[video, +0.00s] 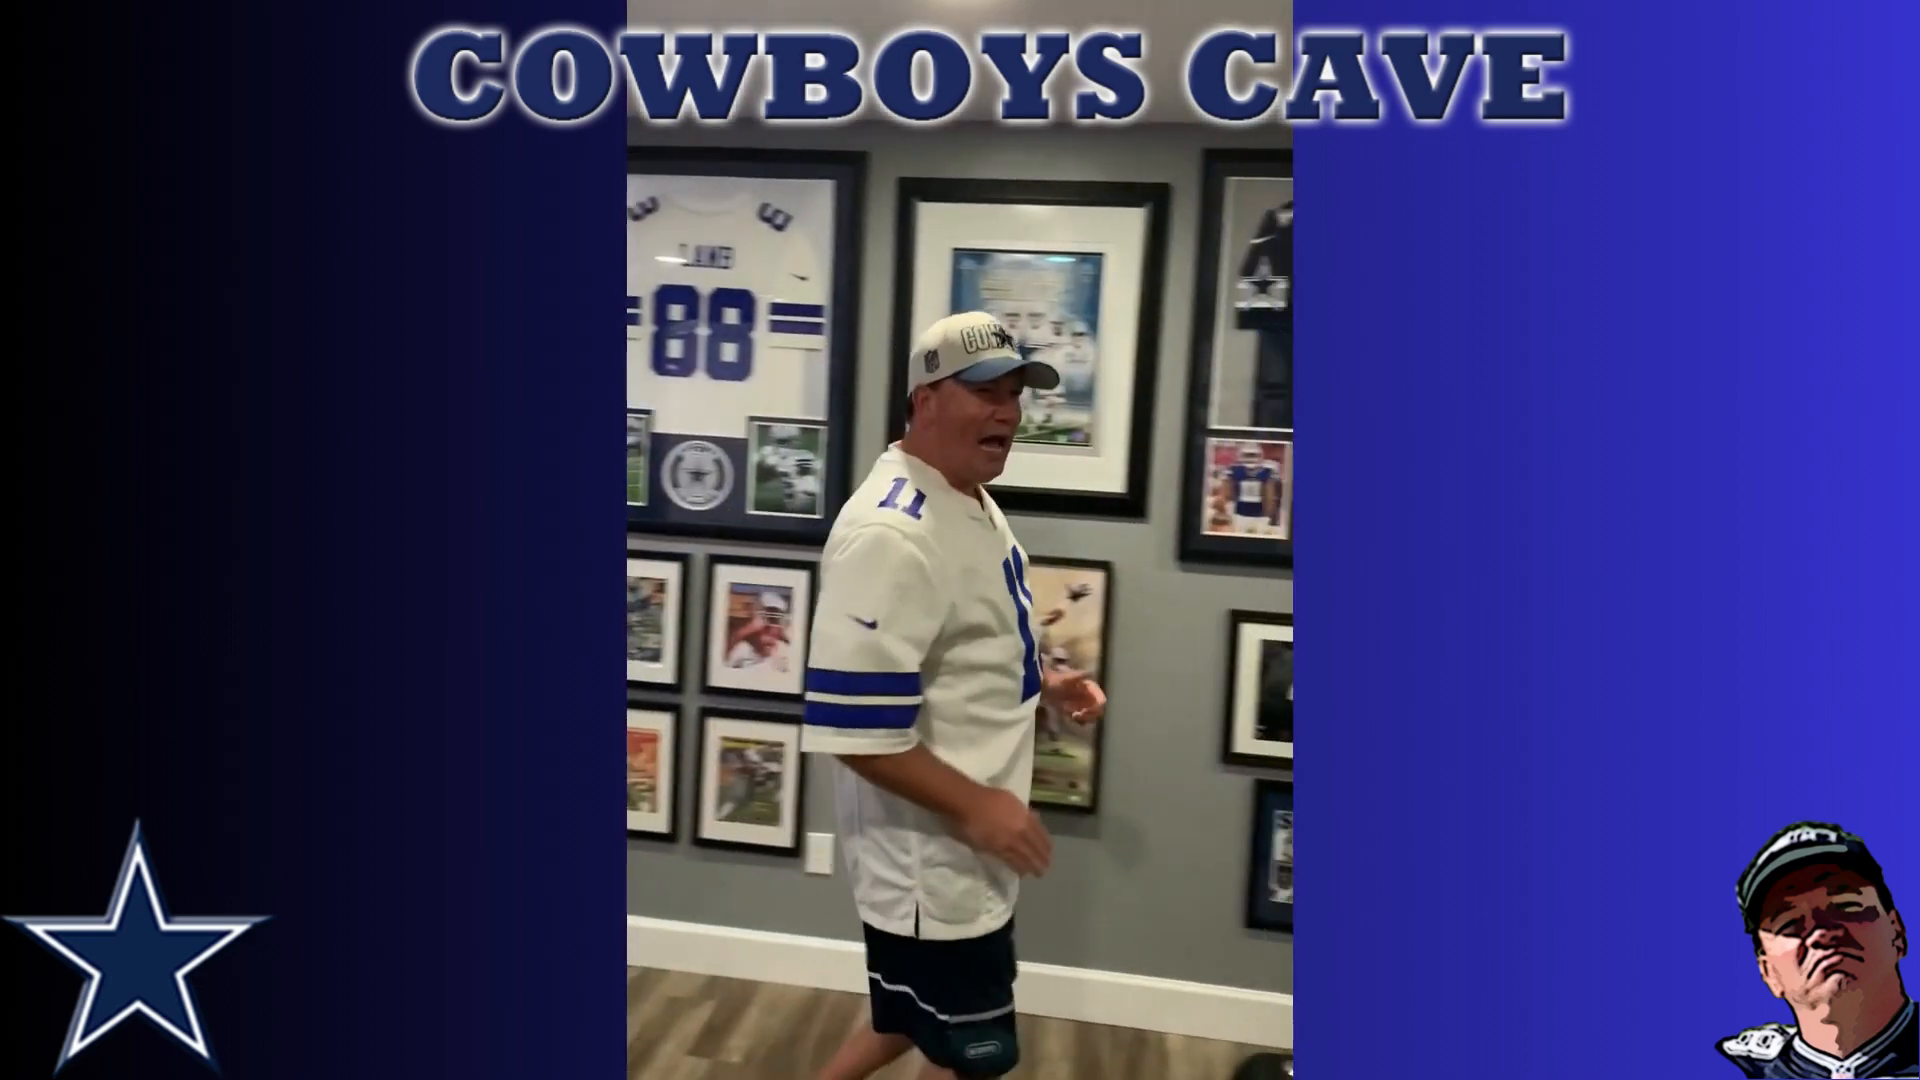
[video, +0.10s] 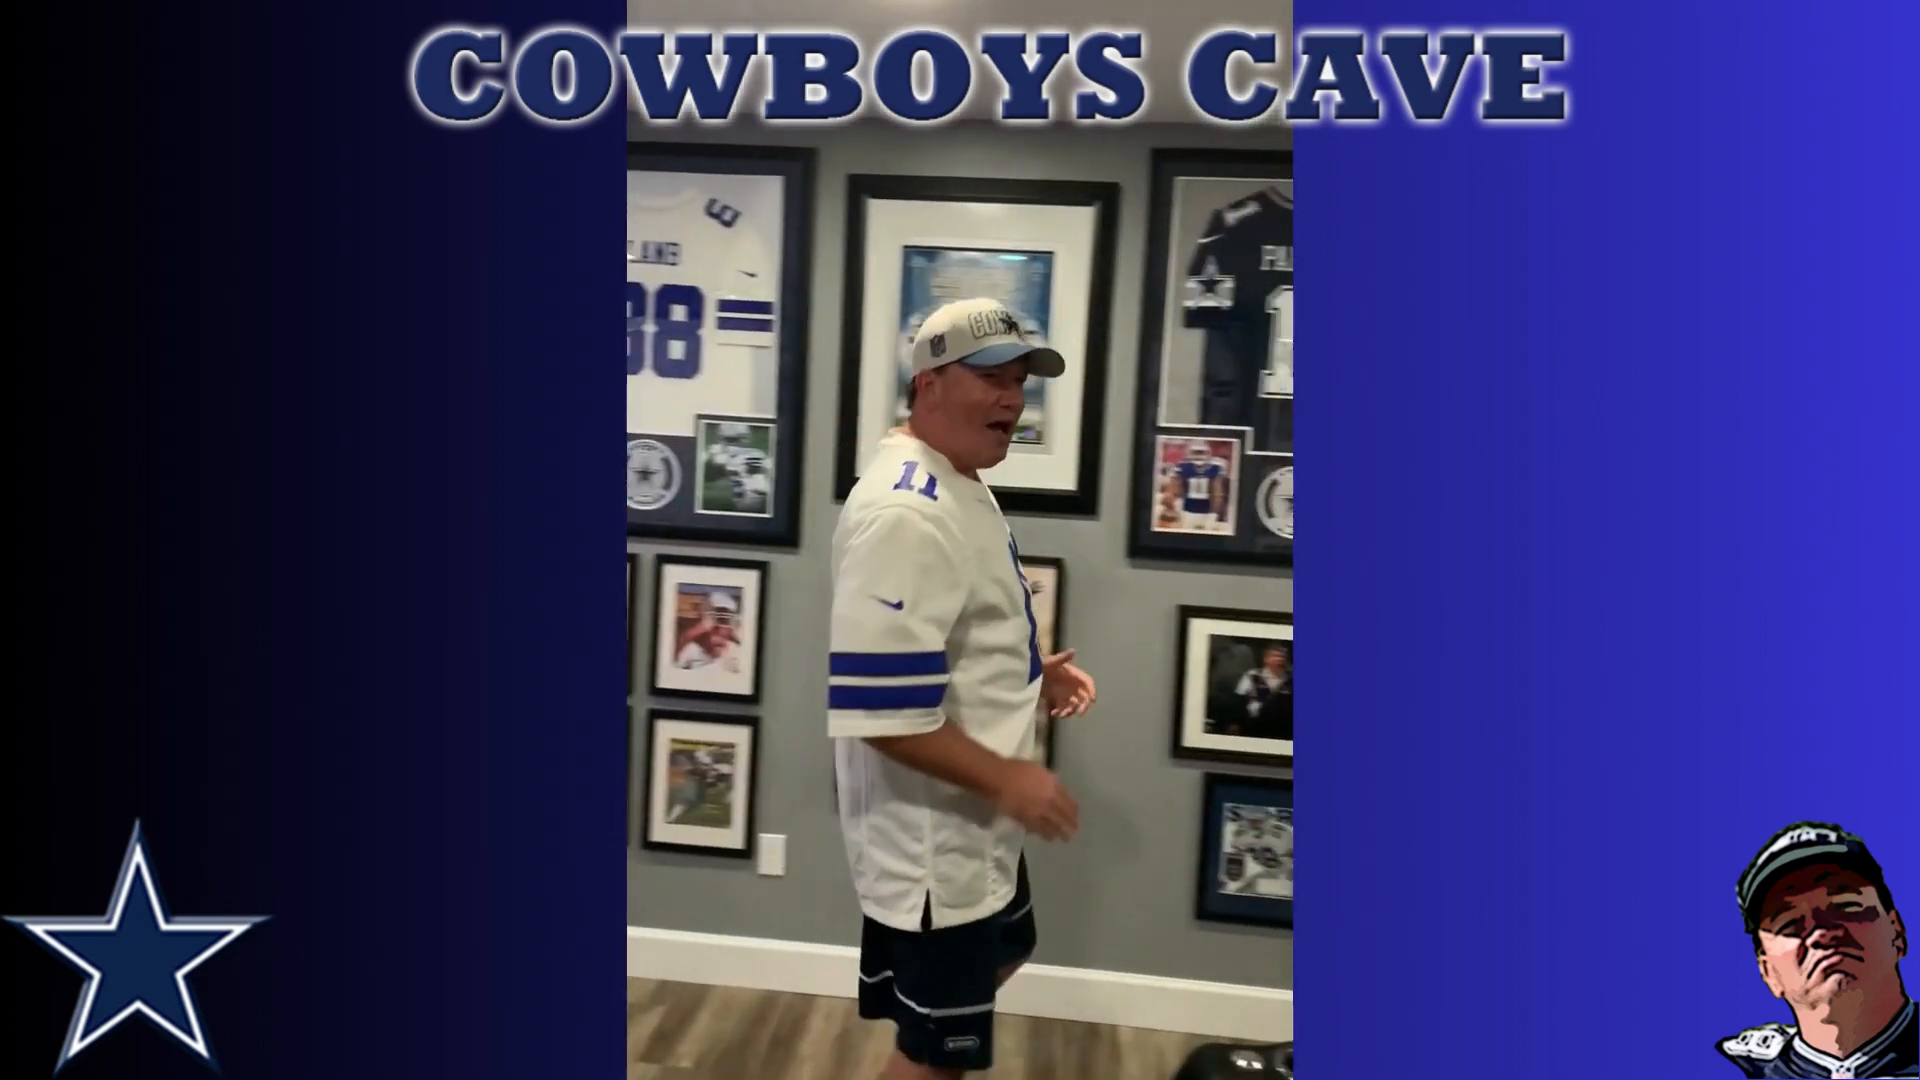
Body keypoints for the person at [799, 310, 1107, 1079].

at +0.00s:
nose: (1008, 413)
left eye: (1016, 394)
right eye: (986, 390)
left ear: (1022, 402)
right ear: (925, 397)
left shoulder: (970, 503)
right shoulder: (887, 534)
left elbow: (963, 660)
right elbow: (855, 731)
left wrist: (1042, 685)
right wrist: (975, 806)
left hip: (962, 849)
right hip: (925, 861)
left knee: (897, 1022)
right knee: (970, 1057)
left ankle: (830, 1077)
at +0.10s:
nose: (1014, 400)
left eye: (1021, 381)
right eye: (992, 376)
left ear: (1024, 390)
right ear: (929, 384)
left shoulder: (959, 490)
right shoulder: (903, 513)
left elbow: (950, 645)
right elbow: (886, 711)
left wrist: (1031, 673)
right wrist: (1005, 777)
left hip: (975, 829)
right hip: (930, 846)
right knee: (934, 1052)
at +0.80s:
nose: (959, 413)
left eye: (968, 397)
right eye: (940, 395)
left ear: (976, 407)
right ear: (891, 402)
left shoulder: (955, 496)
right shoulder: (850, 517)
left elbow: (971, 613)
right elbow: (813, 679)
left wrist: (1037, 657)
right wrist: (936, 741)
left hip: (948, 788)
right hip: (912, 800)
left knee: (881, 954)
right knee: (991, 984)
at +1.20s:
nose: (980, 436)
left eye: (984, 420)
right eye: (959, 418)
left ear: (990, 427)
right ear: (905, 429)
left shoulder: (920, 516)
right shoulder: (894, 547)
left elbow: (910, 648)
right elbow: (889, 729)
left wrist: (998, 651)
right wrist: (1005, 771)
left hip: (894, 818)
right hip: (919, 836)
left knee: (851, 973)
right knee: (939, 1028)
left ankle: (793, 1072)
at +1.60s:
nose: (982, 425)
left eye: (985, 408)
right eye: (959, 406)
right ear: (901, 423)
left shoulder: (926, 516)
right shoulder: (899, 542)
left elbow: (911, 656)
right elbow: (909, 723)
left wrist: (998, 663)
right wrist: (1039, 755)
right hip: (935, 854)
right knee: (933, 1043)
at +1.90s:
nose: (976, 436)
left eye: (992, 421)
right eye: (957, 418)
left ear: (1010, 437)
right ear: (924, 430)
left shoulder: (1013, 524)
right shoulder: (883, 546)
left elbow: (1021, 637)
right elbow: (845, 707)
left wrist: (1094, 678)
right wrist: (956, 754)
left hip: (1015, 827)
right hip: (926, 847)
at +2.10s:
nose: (975, 429)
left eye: (997, 412)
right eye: (966, 411)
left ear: (1037, 429)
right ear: (954, 421)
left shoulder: (1087, 516)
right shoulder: (907, 536)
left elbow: (1124, 616)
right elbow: (859, 657)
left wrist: (1164, 681)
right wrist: (917, 721)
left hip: (1074, 809)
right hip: (958, 817)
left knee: (1073, 975)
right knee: (948, 983)